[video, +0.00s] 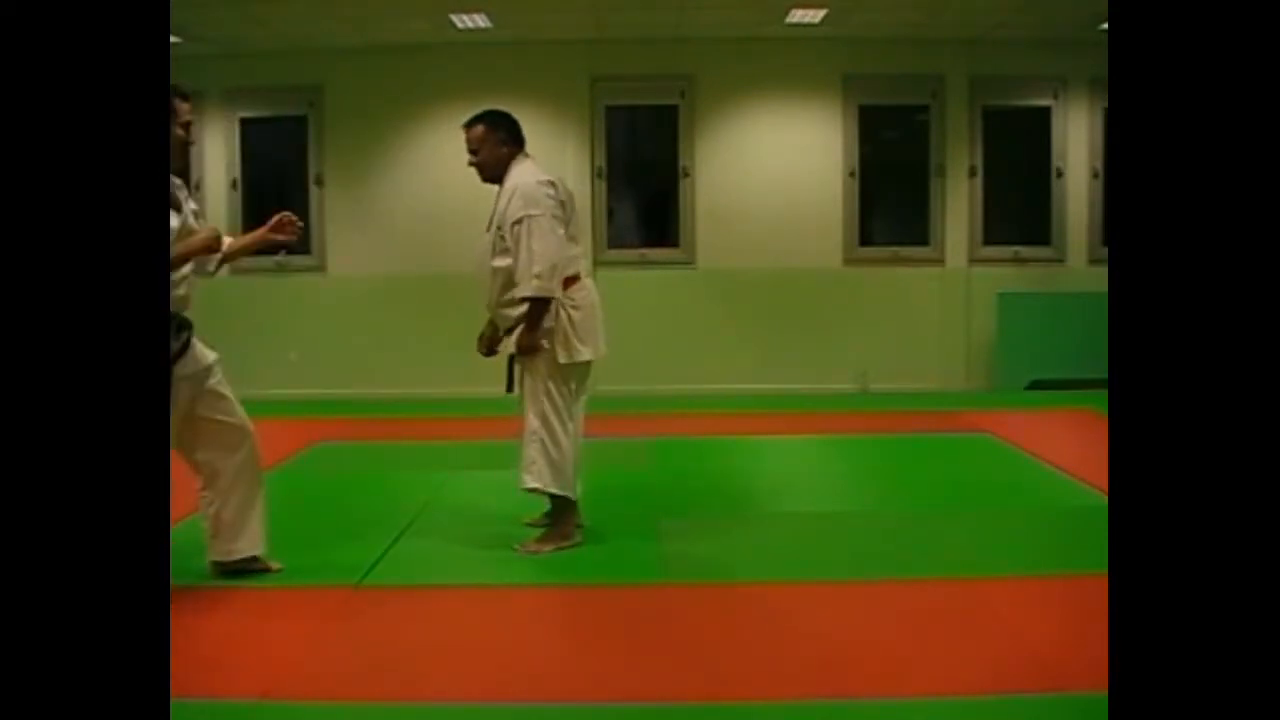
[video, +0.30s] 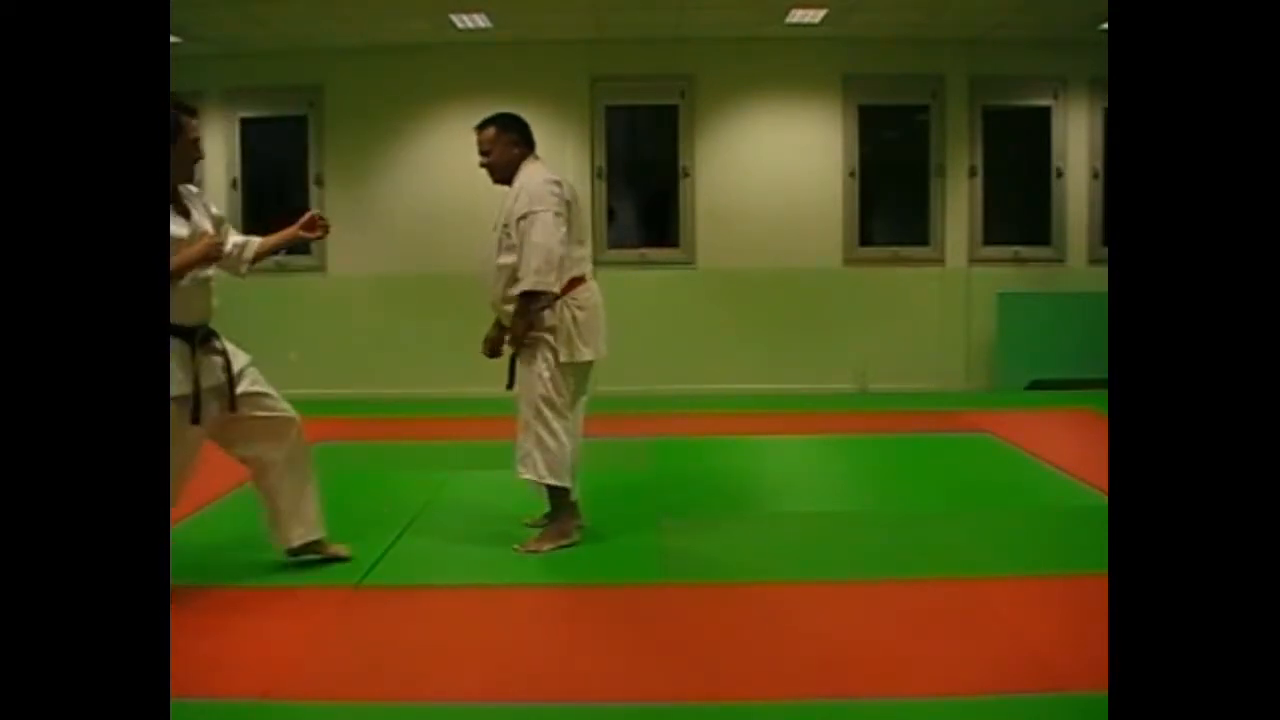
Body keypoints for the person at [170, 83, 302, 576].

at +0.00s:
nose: (189, 135)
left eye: (190, 126)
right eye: (181, 126)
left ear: (189, 129)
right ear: (163, 131)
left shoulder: (181, 196)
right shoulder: (170, 196)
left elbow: (201, 257)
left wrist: (260, 237)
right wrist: (190, 248)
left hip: (181, 346)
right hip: (175, 347)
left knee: (233, 441)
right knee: (229, 442)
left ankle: (234, 551)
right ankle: (233, 550)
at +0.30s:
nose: (200, 149)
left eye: (199, 140)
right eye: (192, 141)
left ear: (187, 146)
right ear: (170, 147)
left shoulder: (194, 201)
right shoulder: (167, 207)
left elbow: (234, 252)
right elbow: (172, 271)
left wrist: (293, 233)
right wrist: (189, 258)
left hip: (207, 349)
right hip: (175, 353)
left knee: (280, 429)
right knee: (175, 462)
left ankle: (301, 539)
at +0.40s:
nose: (232, 157)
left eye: (230, 148)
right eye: (223, 149)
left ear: (204, 154)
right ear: (192, 154)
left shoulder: (224, 207)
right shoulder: (172, 208)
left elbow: (268, 247)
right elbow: (177, 285)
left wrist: (330, 230)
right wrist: (216, 267)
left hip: (230, 354)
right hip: (182, 357)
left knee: (306, 432)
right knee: (175, 475)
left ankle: (361, 527)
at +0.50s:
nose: (264, 161)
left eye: (264, 152)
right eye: (257, 152)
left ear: (229, 155)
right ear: (226, 154)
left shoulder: (253, 206)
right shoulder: (187, 206)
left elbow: (307, 237)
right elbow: (194, 285)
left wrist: (369, 220)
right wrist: (253, 266)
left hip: (256, 355)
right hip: (200, 357)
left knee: (330, 436)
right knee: (178, 474)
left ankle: (384, 526)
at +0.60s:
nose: (318, 162)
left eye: (317, 152)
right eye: (311, 153)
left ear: (284, 155)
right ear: (283, 155)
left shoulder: (304, 201)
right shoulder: (243, 206)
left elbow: (365, 211)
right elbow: (246, 282)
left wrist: (431, 197)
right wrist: (311, 268)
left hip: (300, 351)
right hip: (254, 351)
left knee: (369, 431)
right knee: (206, 463)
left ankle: (387, 534)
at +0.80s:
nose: (380, 162)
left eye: (380, 153)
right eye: (373, 152)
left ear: (352, 152)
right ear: (345, 152)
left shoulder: (370, 197)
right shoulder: (294, 199)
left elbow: (434, 189)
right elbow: (281, 272)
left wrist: (500, 168)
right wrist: (349, 274)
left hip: (335, 344)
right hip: (287, 341)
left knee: (396, 428)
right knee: (271, 448)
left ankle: (399, 535)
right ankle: (202, 552)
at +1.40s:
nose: (396, 164)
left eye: (396, 154)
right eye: (388, 154)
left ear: (373, 159)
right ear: (357, 157)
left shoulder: (390, 210)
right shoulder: (300, 205)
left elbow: (461, 225)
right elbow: (271, 272)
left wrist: (535, 234)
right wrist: (327, 287)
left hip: (351, 346)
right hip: (297, 342)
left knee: (412, 430)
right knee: (266, 455)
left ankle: (404, 536)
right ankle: (217, 564)